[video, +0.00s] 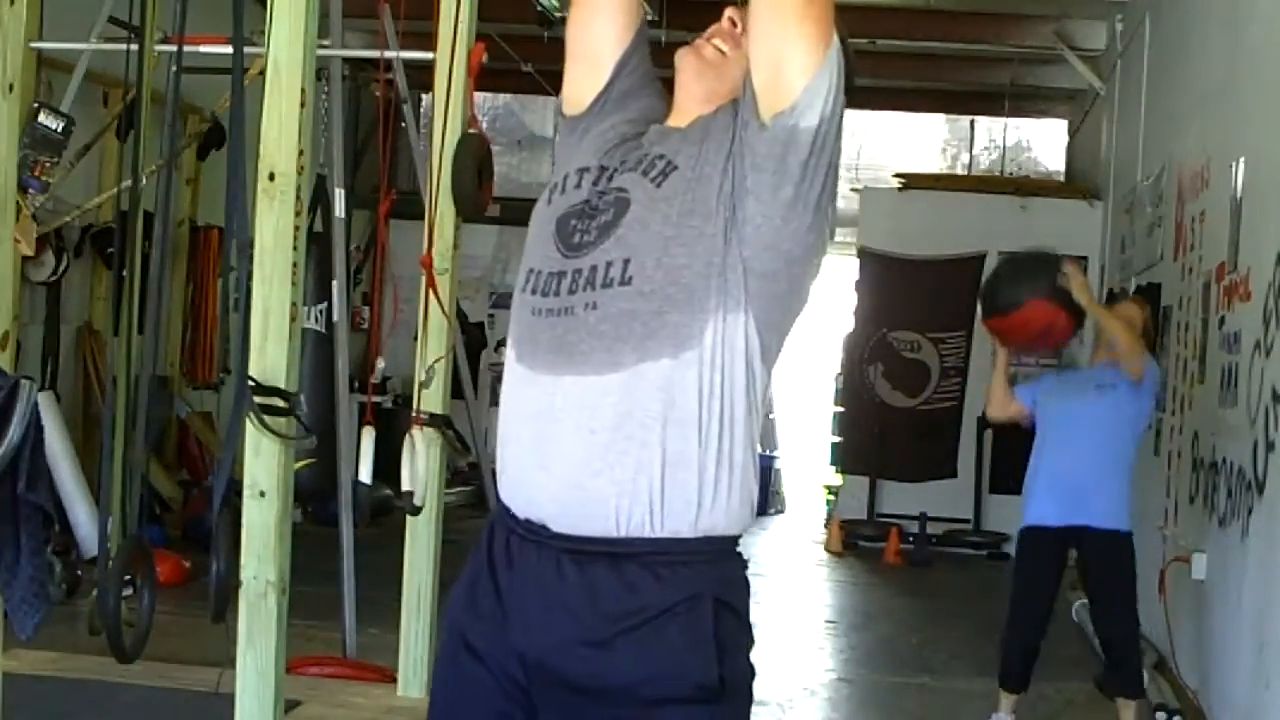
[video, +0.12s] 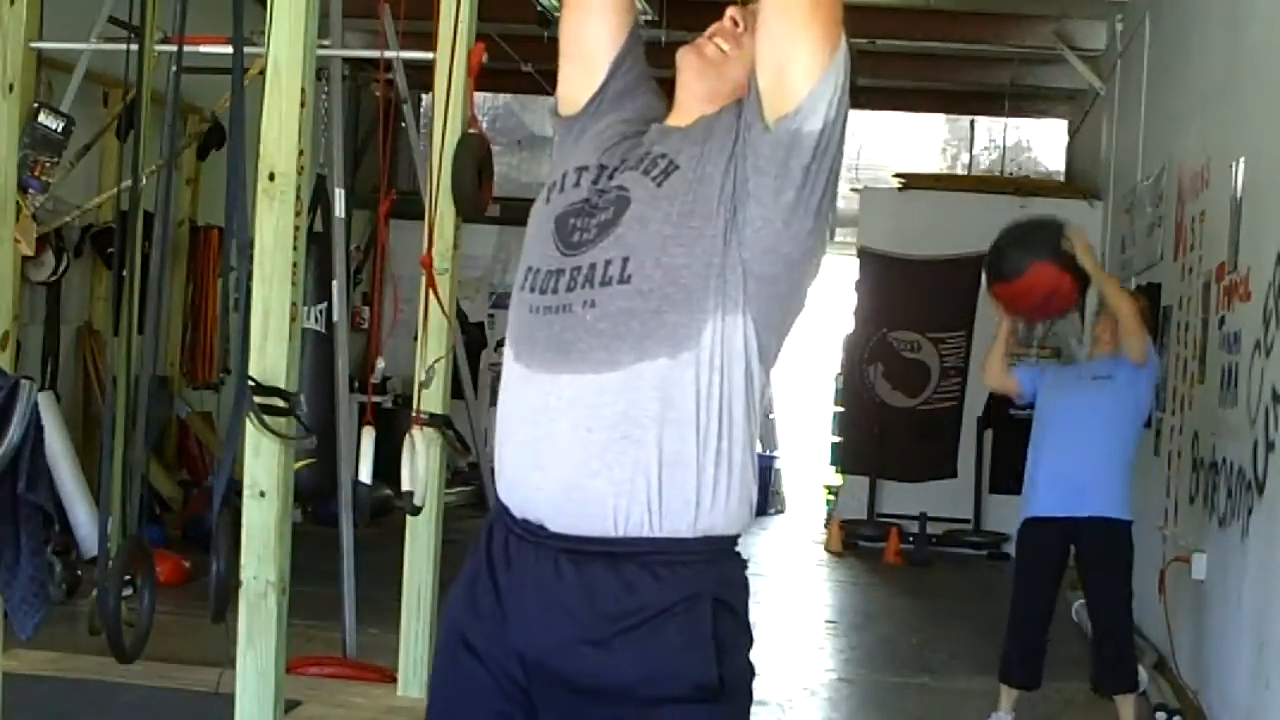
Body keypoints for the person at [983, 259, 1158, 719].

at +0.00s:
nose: (1123, 326)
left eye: (1132, 320)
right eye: (1117, 317)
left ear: (1144, 336)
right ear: (1101, 326)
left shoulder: (1140, 382)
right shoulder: (1053, 384)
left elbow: (1125, 345)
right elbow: (998, 409)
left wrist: (1087, 302)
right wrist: (1003, 351)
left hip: (1106, 521)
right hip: (1044, 518)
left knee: (1119, 630)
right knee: (1024, 621)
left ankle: (1129, 714)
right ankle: (1004, 712)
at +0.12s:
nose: (1106, 325)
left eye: (1116, 319)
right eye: (1101, 318)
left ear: (1131, 330)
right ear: (1090, 327)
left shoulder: (1137, 374)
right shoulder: (1050, 374)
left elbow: (1130, 315)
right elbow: (996, 377)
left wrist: (1090, 264)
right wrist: (1007, 321)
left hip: (1105, 518)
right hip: (1043, 516)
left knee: (1112, 623)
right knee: (1026, 615)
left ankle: (1128, 714)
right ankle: (1004, 712)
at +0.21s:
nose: (1100, 322)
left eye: (1111, 316)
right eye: (1096, 314)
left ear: (1126, 329)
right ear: (1082, 323)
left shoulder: (1133, 369)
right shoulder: (1051, 371)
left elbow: (1124, 292)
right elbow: (997, 350)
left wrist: (1094, 238)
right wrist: (1007, 293)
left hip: (1105, 516)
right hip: (1042, 514)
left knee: (1110, 622)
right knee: (1026, 614)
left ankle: (1128, 715)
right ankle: (1004, 711)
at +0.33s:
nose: (1096, 323)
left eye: (1107, 317)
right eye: (1090, 315)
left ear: (1120, 327)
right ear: (1077, 322)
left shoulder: (1131, 366)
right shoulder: (1049, 369)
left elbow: (1124, 291)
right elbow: (1005, 330)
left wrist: (1097, 232)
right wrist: (1005, 269)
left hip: (1106, 512)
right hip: (1042, 511)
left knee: (1110, 619)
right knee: (1027, 612)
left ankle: (1127, 715)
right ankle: (1004, 712)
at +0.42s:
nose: (1094, 324)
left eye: (1105, 318)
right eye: (1089, 315)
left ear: (1119, 327)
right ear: (1076, 322)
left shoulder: (1130, 366)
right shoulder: (1048, 369)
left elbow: (1124, 291)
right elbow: (1006, 330)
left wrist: (1097, 232)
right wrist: (1005, 271)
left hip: (1106, 512)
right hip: (1042, 511)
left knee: (1111, 620)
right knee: (1027, 614)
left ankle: (1127, 715)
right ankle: (1003, 712)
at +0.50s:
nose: (1094, 323)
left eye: (1105, 318)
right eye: (1089, 315)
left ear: (1118, 328)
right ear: (1075, 321)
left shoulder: (1129, 365)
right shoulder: (1047, 369)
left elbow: (1124, 290)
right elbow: (1005, 329)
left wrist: (1097, 233)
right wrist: (1006, 267)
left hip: (1106, 513)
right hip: (1042, 512)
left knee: (1111, 621)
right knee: (1026, 615)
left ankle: (1128, 715)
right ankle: (1003, 713)